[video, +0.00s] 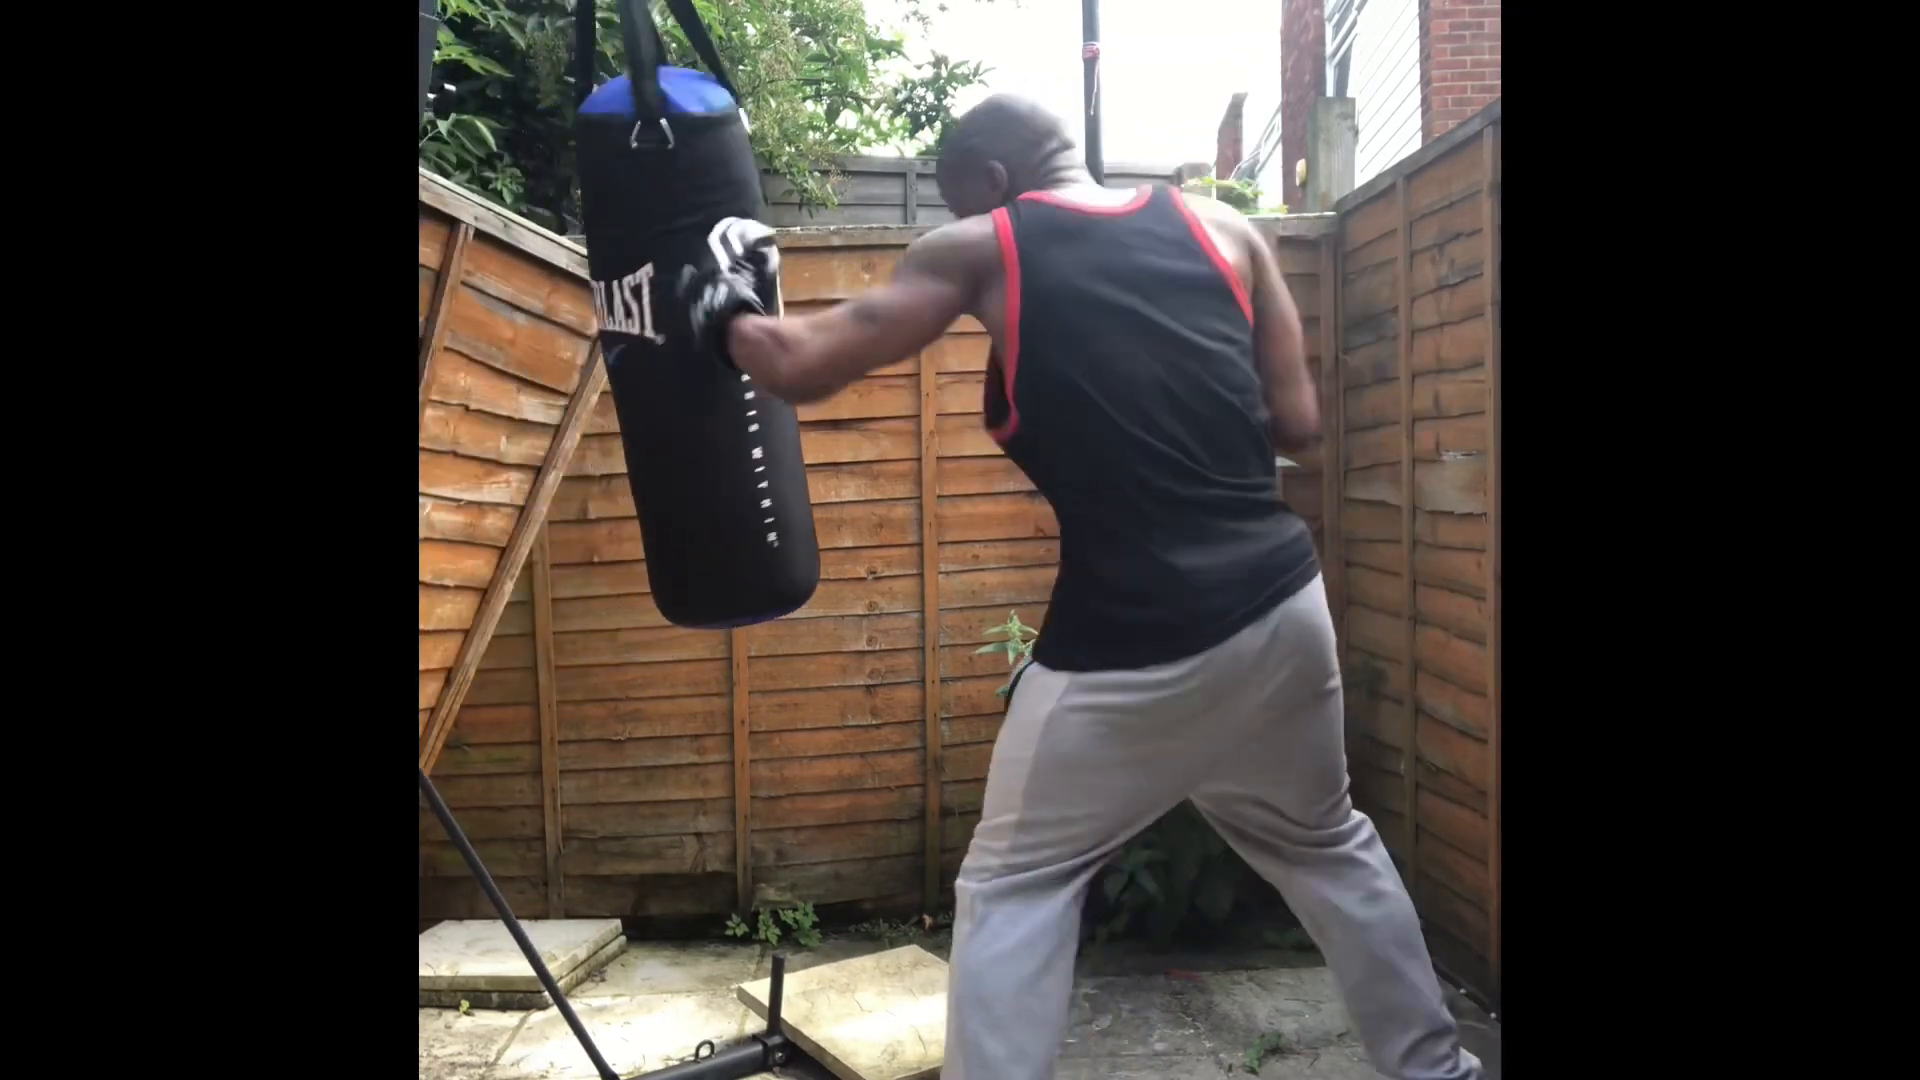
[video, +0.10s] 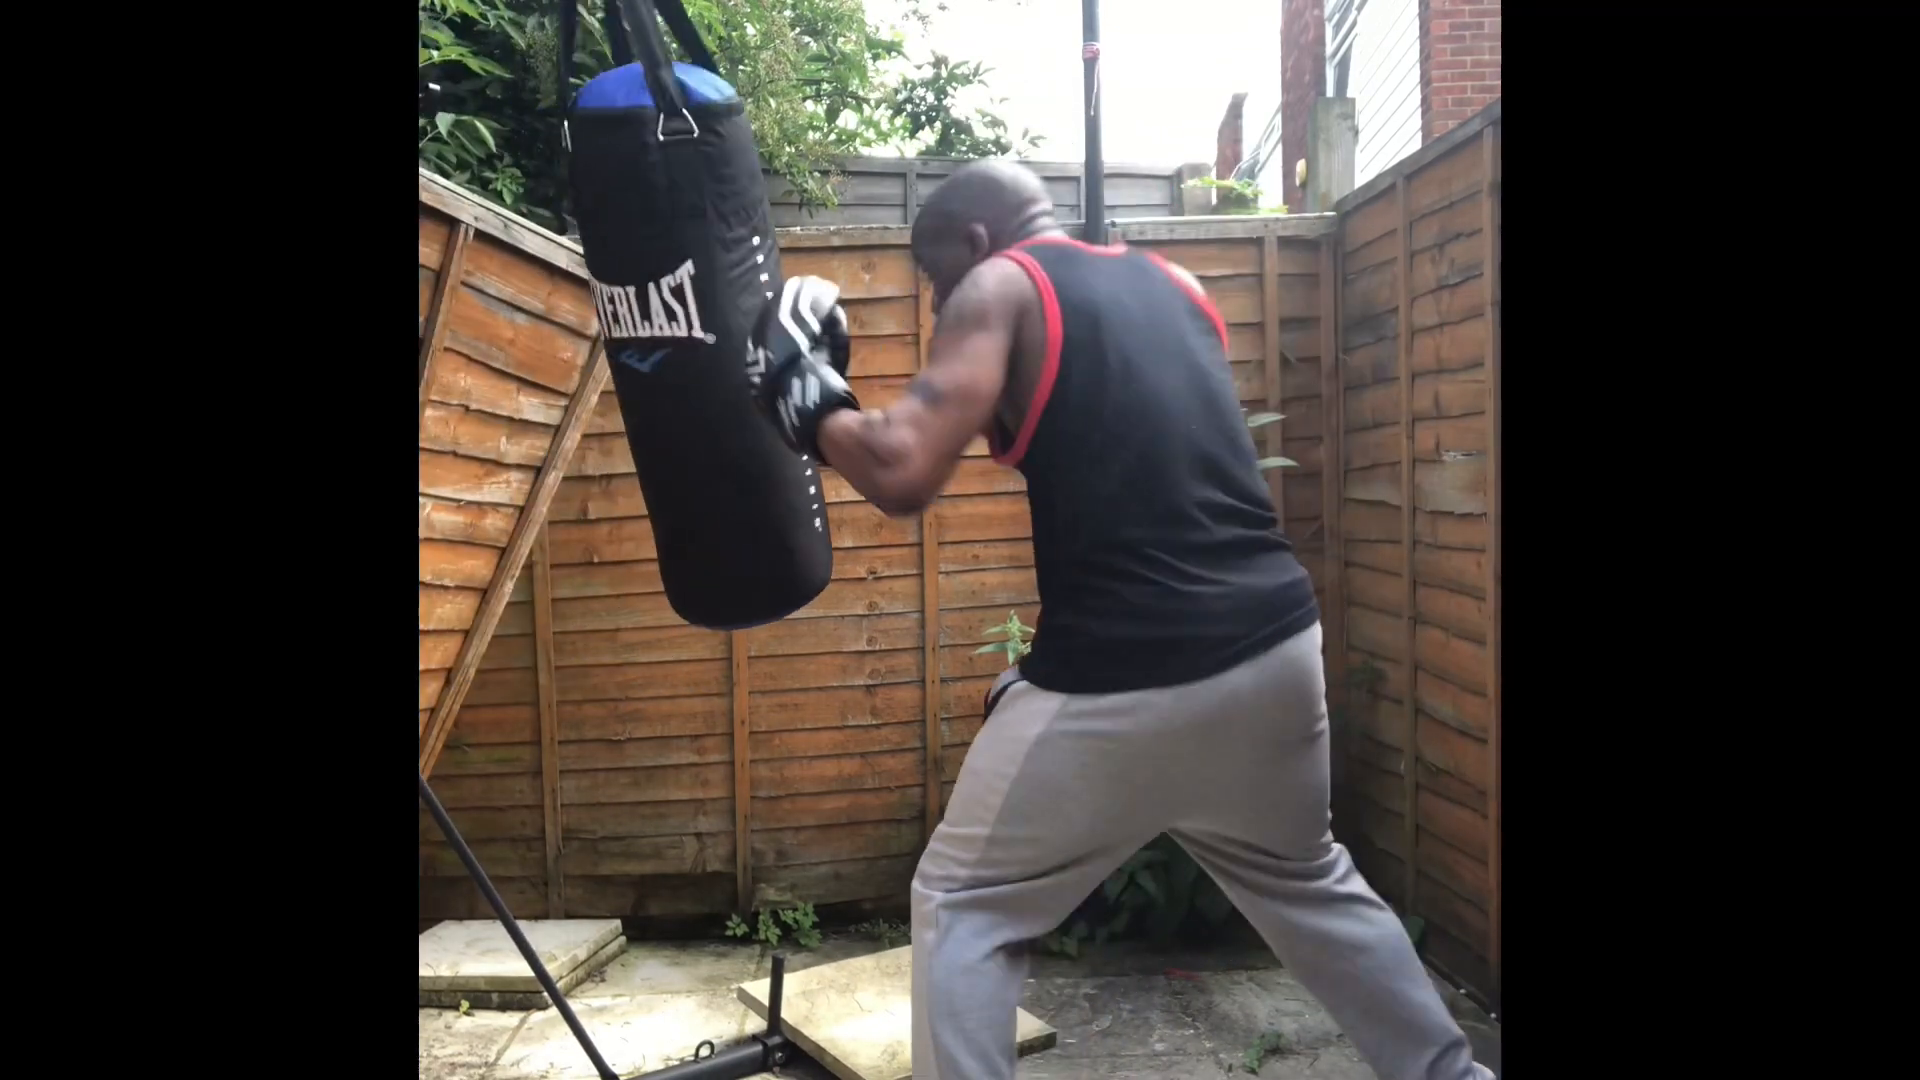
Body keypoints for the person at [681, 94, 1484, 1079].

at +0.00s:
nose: (962, 219)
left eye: (959, 203)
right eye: (957, 203)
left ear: (982, 182)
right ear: (1063, 155)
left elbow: (795, 364)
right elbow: (1300, 421)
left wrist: (717, 304)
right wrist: (1175, 391)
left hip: (1122, 630)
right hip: (1280, 604)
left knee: (1013, 886)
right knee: (1325, 838)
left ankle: (993, 1075)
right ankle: (1437, 1065)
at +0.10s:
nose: (942, 306)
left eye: (942, 285)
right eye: (936, 290)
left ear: (973, 244)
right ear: (1041, 217)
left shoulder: (998, 286)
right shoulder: (1174, 281)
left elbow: (900, 475)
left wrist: (811, 397)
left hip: (1115, 675)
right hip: (1274, 648)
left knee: (963, 906)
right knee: (1308, 877)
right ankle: (1450, 1071)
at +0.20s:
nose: (934, 381)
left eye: (934, 357)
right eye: (926, 364)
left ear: (978, 315)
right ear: (1031, 287)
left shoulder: (1021, 331)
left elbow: (974, 540)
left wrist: (865, 437)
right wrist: (877, 441)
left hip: (1145, 701)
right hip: (1293, 678)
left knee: (961, 911)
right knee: (1283, 880)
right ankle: (1458, 1063)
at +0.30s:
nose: (973, 408)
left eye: (972, 381)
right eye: (961, 390)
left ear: (1016, 334)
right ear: (1066, 312)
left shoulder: (1062, 356)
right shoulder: (1158, 368)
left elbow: (1005, 563)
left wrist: (904, 455)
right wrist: (924, 452)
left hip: (1176, 733)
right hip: (1322, 713)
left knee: (965, 916)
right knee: (1307, 904)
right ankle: (1468, 1068)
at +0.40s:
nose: (1022, 360)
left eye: (1027, 331)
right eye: (1019, 337)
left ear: (1092, 301)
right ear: (1120, 294)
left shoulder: (1133, 346)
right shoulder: (1234, 349)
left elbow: (1087, 543)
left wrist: (974, 453)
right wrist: (1053, 439)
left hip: (1208, 730)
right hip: (1353, 715)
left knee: (1005, 912)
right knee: (1331, 909)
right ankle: (1474, 1068)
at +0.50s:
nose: (1102, 295)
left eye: (1109, 265)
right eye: (1098, 270)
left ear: (1172, 247)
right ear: (1211, 245)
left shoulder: (1206, 313)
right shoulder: (1330, 315)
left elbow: (1208, 508)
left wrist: (1078, 453)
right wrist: (1142, 425)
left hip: (1252, 699)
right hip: (1393, 683)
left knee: (1071, 916)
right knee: (1371, 892)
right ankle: (1485, 1062)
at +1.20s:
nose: (1117, 269)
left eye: (1122, 238)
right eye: (1110, 244)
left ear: (1196, 215)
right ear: (1211, 216)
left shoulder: (1229, 299)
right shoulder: (1350, 280)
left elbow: (1177, 511)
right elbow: (1308, 467)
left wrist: (1067, 403)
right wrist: (1163, 387)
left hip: (1291, 660)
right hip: (1416, 645)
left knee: (1096, 887)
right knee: (1371, 880)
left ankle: (1073, 1068)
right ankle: (1483, 1060)